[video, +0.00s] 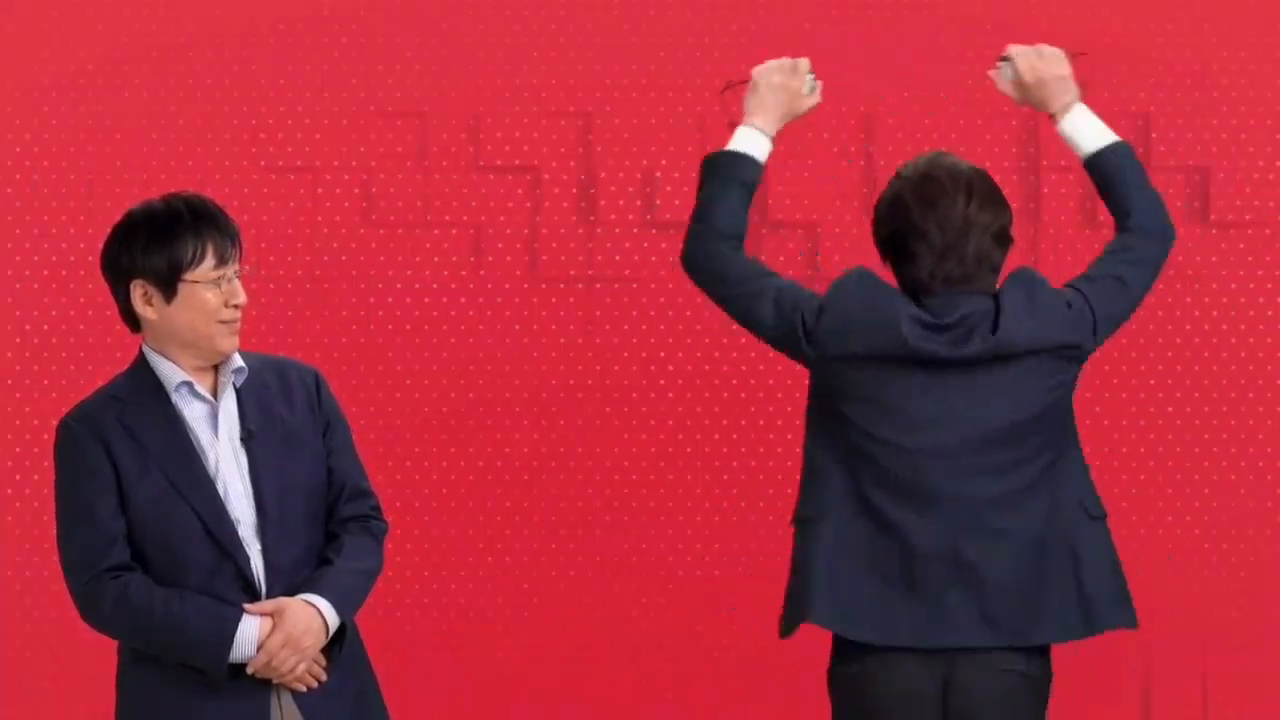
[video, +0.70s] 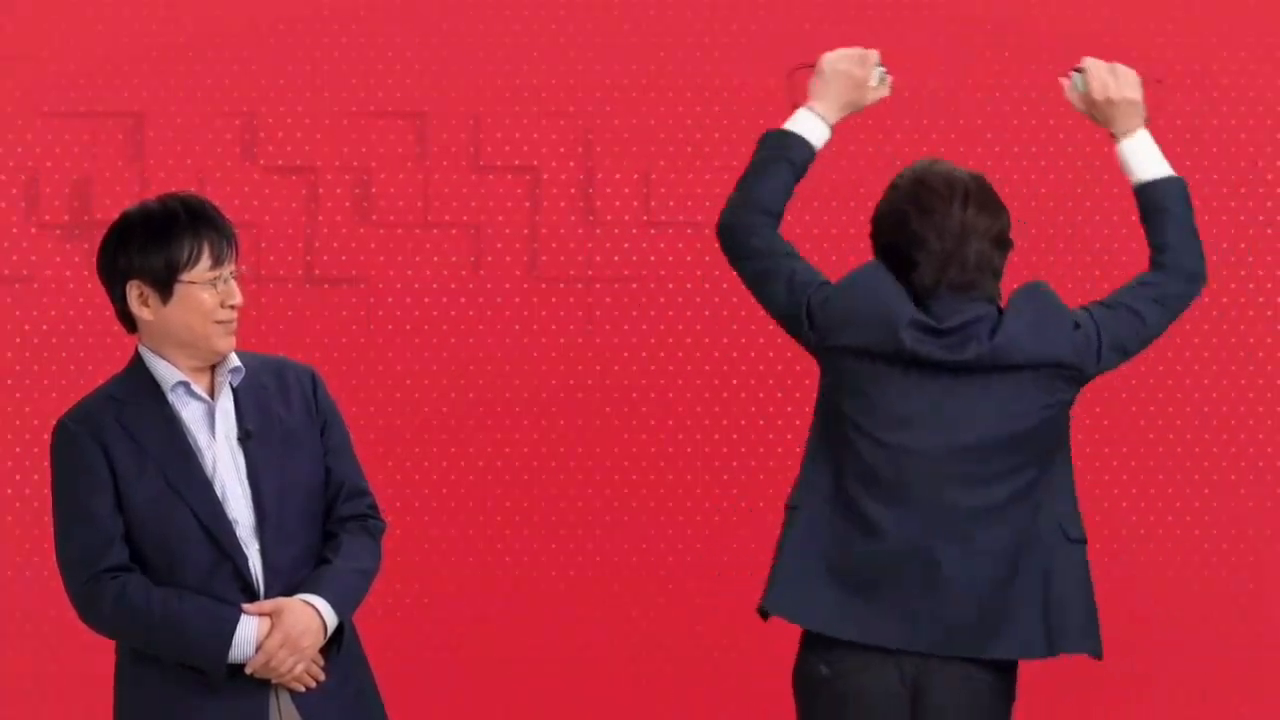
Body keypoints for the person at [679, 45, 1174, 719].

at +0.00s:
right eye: (1001, 237)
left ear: (892, 256)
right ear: (1002, 249)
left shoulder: (841, 332)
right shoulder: (1052, 333)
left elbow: (709, 254)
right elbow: (1149, 230)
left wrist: (755, 125)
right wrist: (1067, 107)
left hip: (877, 666)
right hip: (1008, 666)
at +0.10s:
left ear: (883, 269)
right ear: (992, 251)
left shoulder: (841, 366)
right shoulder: (1042, 327)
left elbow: (679, 337)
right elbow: (1080, 193)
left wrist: (679, 200)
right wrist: (959, 116)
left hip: (906, 680)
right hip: (1034, 666)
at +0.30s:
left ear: (881, 265)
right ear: (993, 254)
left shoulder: (835, 347)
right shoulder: (1041, 332)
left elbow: (696, 273)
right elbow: (1125, 220)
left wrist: (751, 141)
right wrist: (1047, 104)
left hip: (891, 671)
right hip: (1022, 668)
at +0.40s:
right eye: (1009, 262)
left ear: (895, 268)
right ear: (1005, 274)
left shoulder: (851, 339)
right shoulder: (1049, 368)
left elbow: (779, 220)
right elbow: (1194, 330)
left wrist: (887, 130)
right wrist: (1182, 194)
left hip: (845, 670)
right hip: (973, 681)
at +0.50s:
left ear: (911, 280)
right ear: (1020, 300)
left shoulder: (866, 344)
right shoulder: (1055, 405)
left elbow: (829, 218)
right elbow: (1213, 396)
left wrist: (951, 148)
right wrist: (1229, 255)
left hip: (813, 672)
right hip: (939, 694)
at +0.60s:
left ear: (906, 267)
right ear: (1017, 284)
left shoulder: (864, 331)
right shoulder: (1056, 390)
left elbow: (811, 202)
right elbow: (1213, 366)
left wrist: (923, 122)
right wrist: (1222, 219)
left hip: (815, 663)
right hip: (939, 687)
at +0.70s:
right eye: (1003, 244)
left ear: (886, 251)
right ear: (999, 259)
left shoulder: (847, 329)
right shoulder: (1052, 349)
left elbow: (744, 229)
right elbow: (1181, 271)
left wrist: (819, 112)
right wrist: (1133, 131)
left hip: (847, 664)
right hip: (975, 670)